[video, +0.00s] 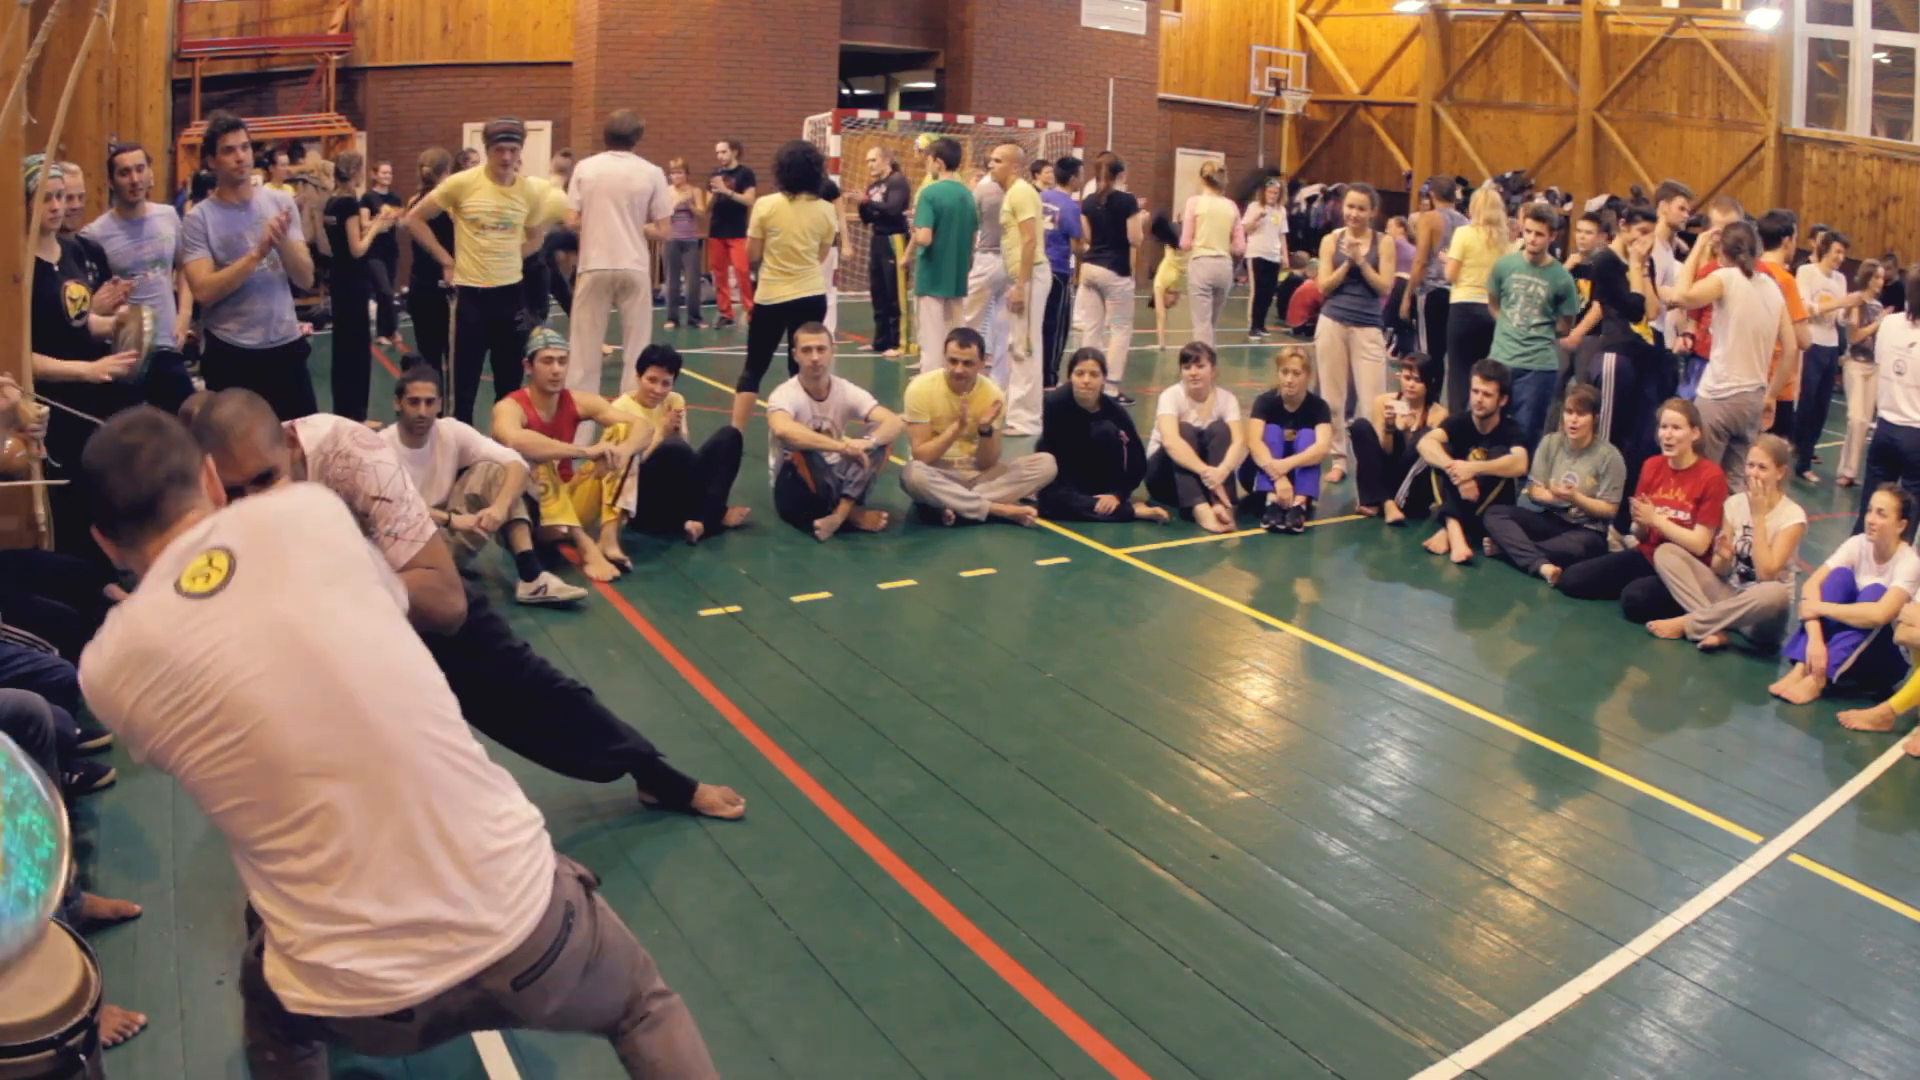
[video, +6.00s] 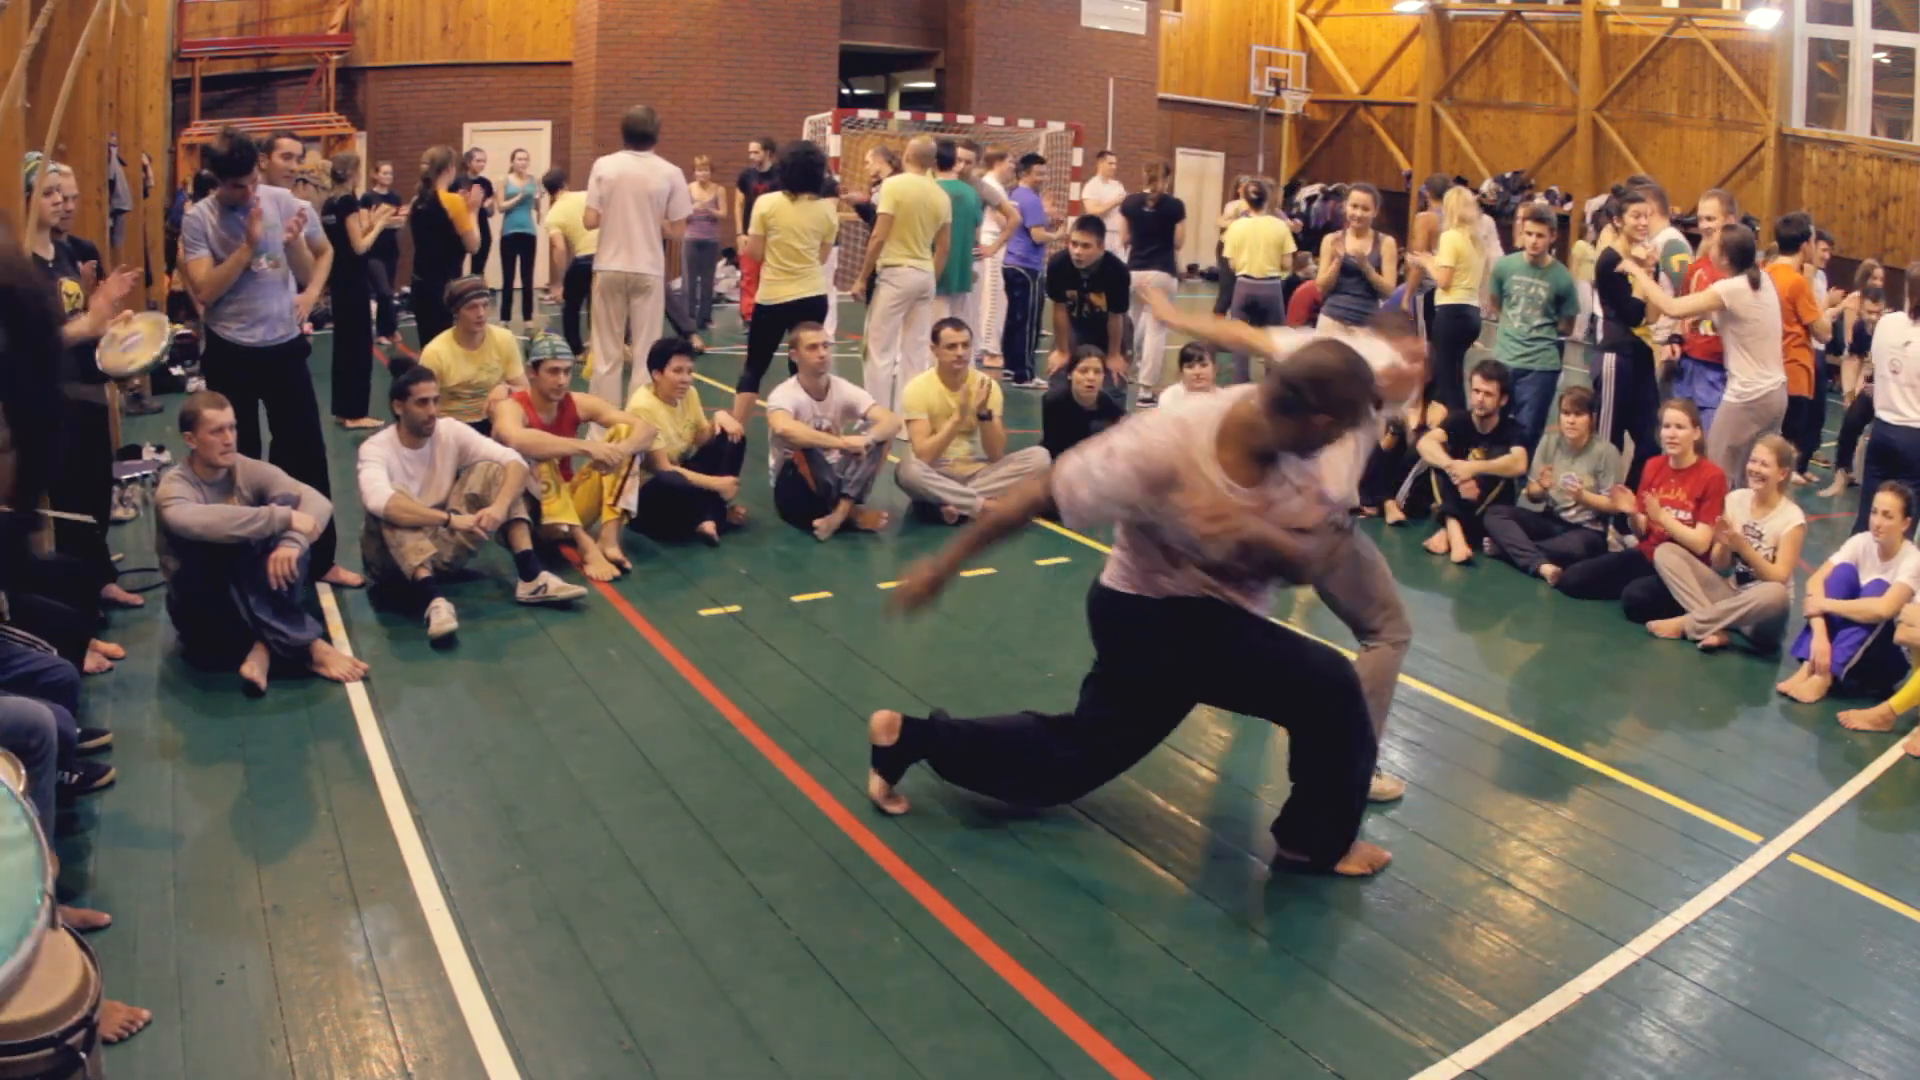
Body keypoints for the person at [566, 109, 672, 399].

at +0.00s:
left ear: (606, 136)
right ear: (637, 139)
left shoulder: (585, 168)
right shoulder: (652, 173)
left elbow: (572, 219)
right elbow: (663, 231)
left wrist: (598, 225)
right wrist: (635, 225)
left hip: (594, 266)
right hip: (635, 266)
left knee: (585, 345)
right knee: (637, 346)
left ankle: (580, 420)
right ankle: (631, 421)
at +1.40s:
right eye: (592, 134)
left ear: (559, 137)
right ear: (591, 137)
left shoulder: (543, 173)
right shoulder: (609, 170)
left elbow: (536, 230)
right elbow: (625, 227)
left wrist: (562, 225)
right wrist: (597, 226)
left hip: (559, 269)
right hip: (598, 267)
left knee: (559, 347)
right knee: (613, 345)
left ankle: (560, 414)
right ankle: (622, 413)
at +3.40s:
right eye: (629, 130)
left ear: (595, 134)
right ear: (629, 134)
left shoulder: (578, 172)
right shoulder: (647, 171)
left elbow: (572, 229)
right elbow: (661, 228)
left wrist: (598, 226)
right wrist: (631, 227)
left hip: (596, 271)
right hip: (636, 270)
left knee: (585, 354)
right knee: (636, 353)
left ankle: (579, 434)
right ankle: (632, 429)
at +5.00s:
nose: (603, 134)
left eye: (601, 128)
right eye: (599, 129)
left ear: (567, 140)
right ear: (590, 135)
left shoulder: (553, 174)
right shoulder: (609, 164)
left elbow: (550, 231)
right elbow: (624, 217)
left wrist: (573, 236)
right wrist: (612, 240)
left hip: (568, 264)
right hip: (603, 261)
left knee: (570, 341)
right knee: (620, 339)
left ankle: (568, 402)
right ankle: (619, 405)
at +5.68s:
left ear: (611, 135)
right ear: (644, 136)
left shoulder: (594, 170)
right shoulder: (661, 172)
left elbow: (582, 224)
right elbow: (670, 229)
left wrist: (609, 217)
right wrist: (643, 221)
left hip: (602, 270)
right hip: (643, 270)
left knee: (592, 354)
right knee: (643, 355)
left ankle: (584, 437)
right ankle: (639, 435)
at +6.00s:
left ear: (622, 133)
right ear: (656, 135)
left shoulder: (604, 167)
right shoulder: (670, 173)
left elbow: (590, 220)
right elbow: (678, 230)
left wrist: (617, 210)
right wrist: (652, 220)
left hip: (608, 268)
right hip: (649, 269)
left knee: (605, 351)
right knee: (647, 354)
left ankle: (600, 430)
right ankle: (639, 430)